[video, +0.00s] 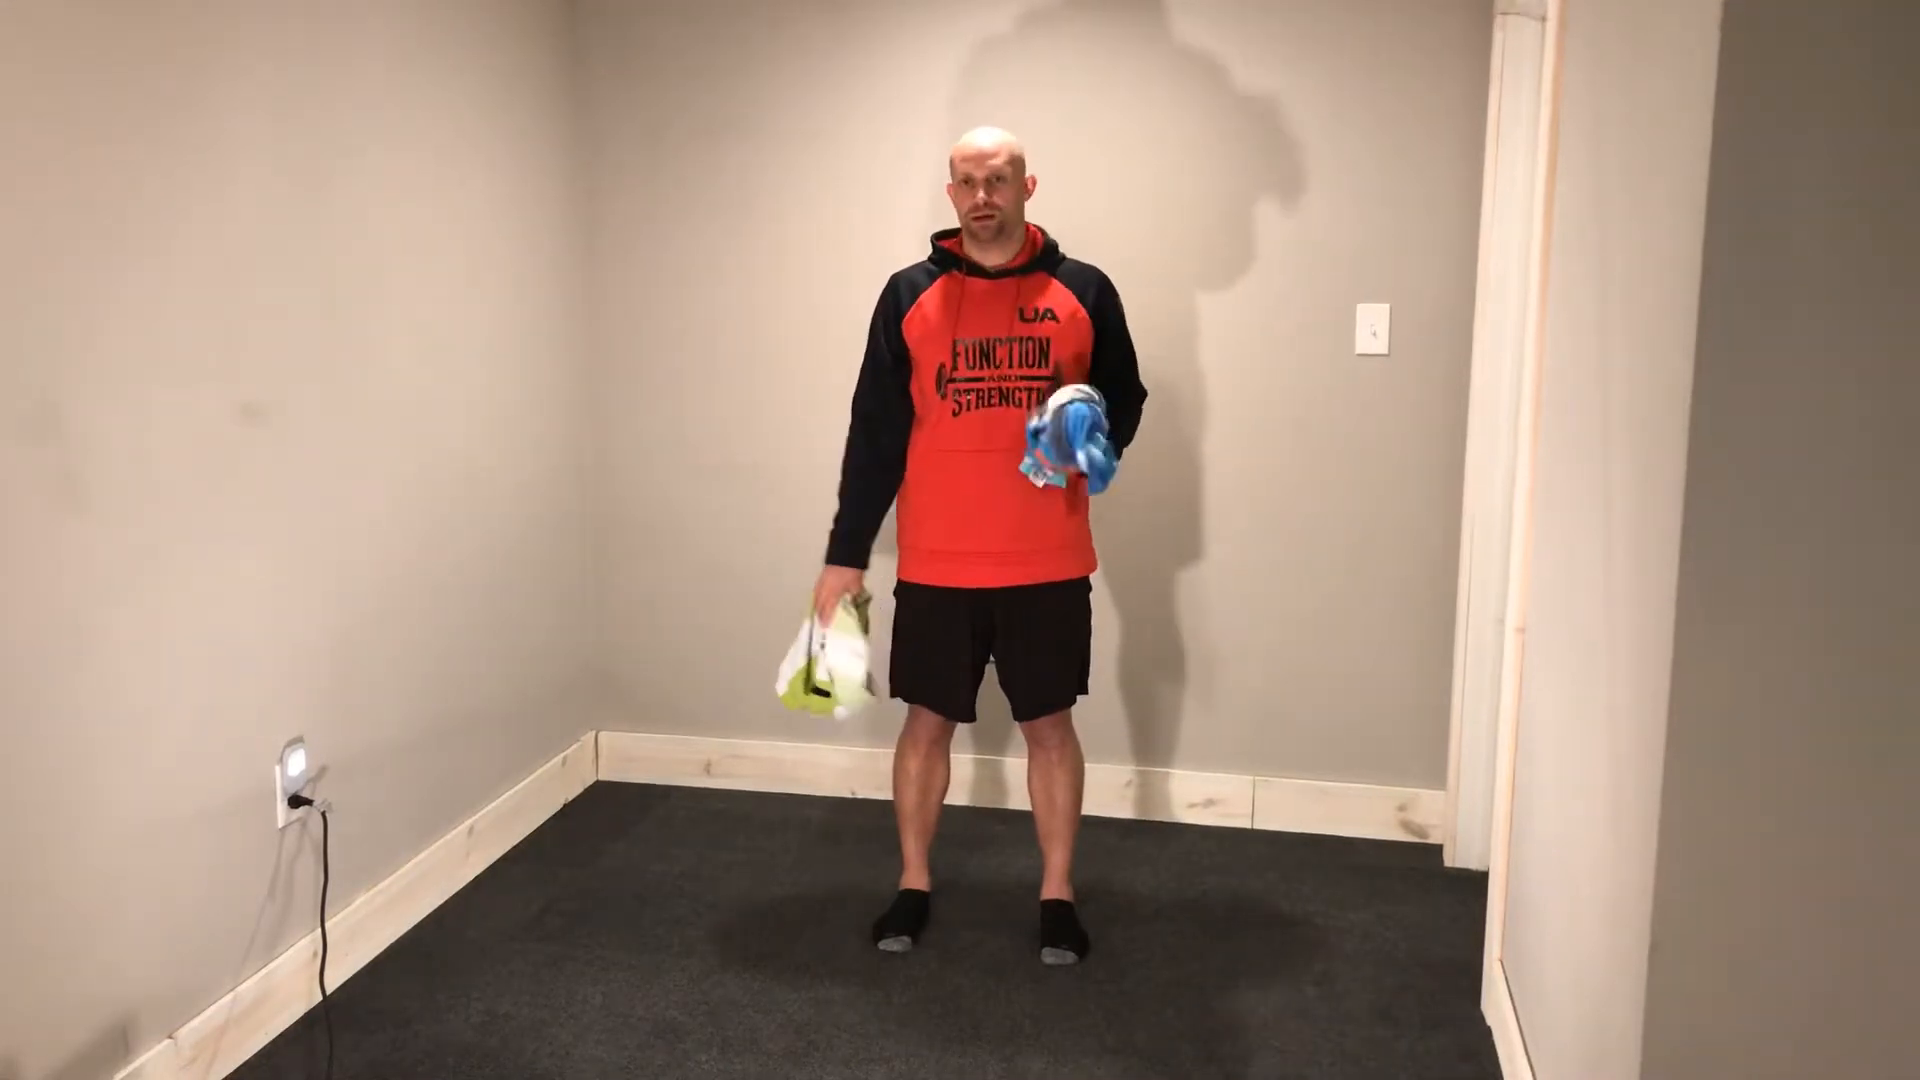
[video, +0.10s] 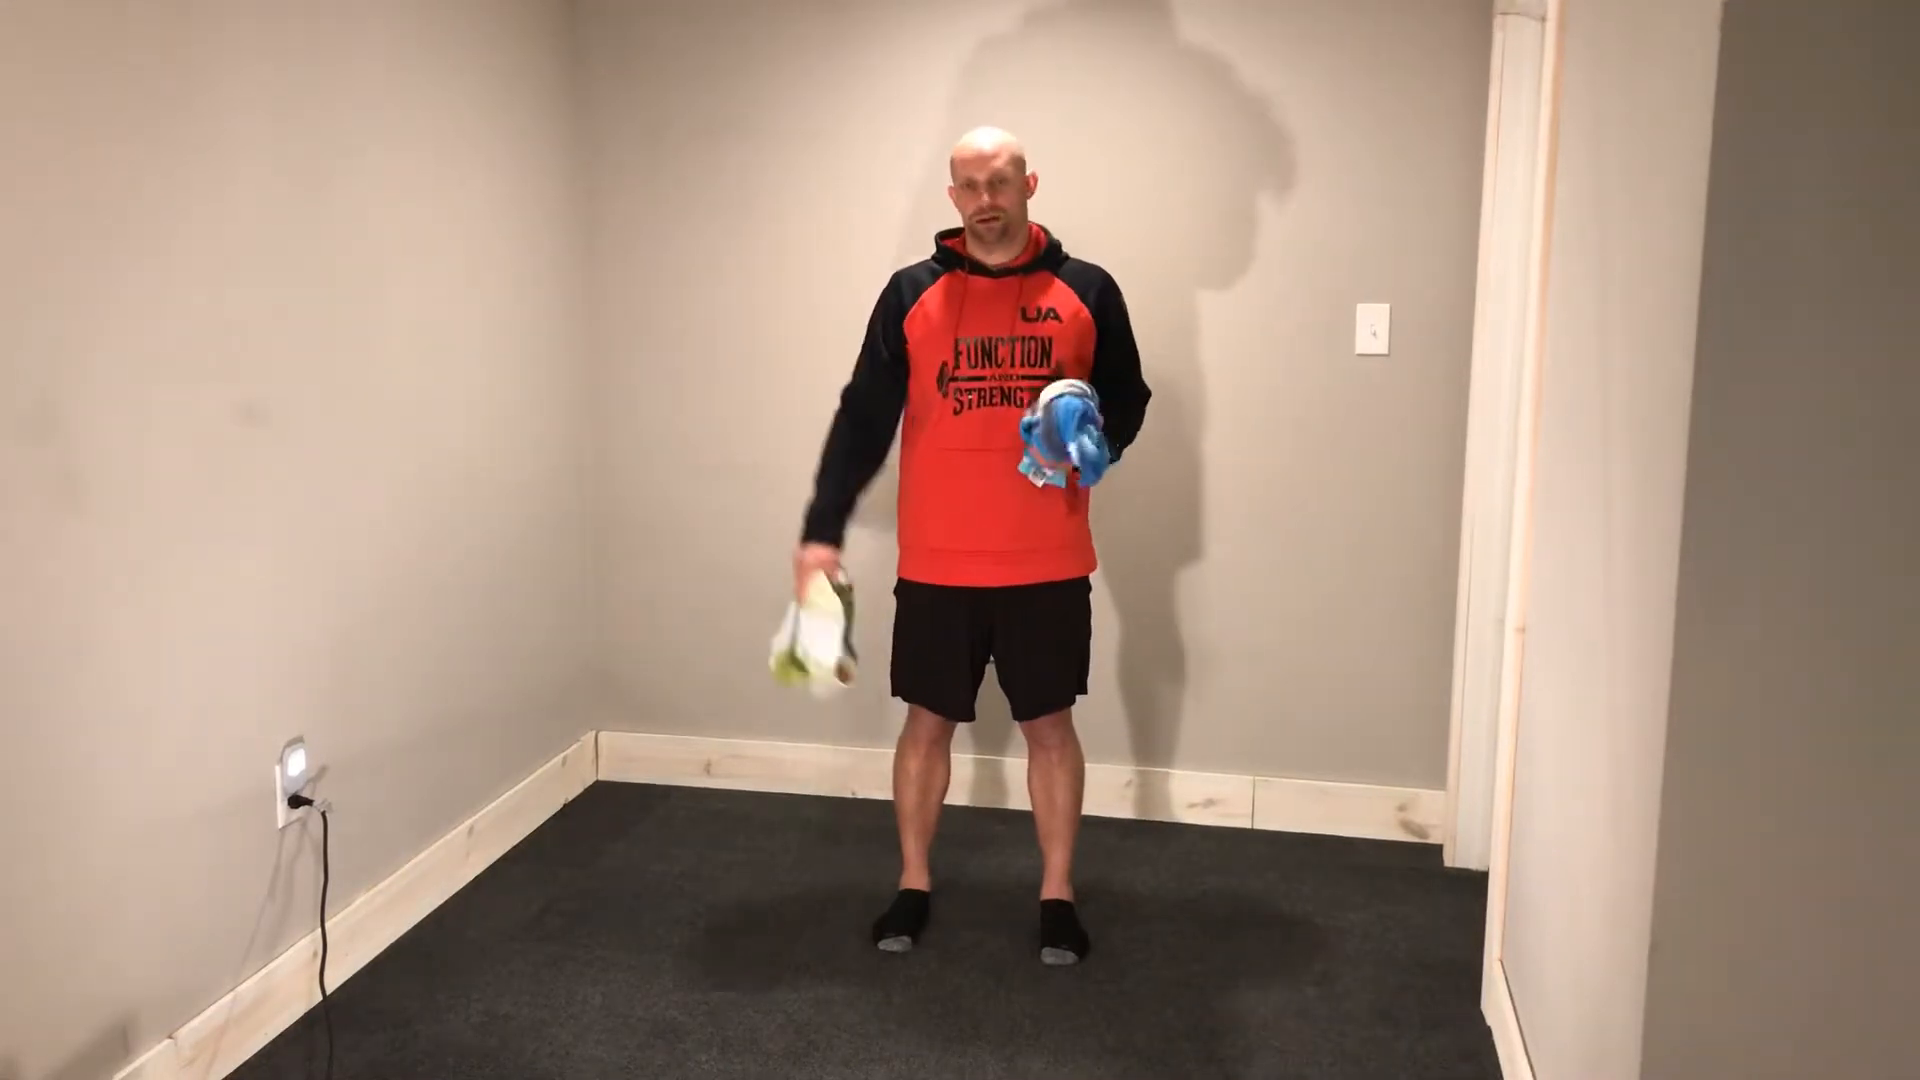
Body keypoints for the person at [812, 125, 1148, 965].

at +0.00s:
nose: (980, 196)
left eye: (996, 181)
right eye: (966, 183)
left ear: (1028, 188)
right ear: (950, 193)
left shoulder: (1084, 292)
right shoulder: (910, 296)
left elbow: (1124, 399)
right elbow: (875, 433)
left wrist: (1090, 438)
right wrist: (845, 554)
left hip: (1045, 559)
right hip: (938, 561)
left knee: (1048, 725)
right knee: (926, 720)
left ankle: (1058, 897)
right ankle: (912, 888)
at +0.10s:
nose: (983, 202)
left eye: (997, 185)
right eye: (968, 187)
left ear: (1030, 186)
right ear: (951, 193)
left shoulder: (1087, 291)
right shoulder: (911, 295)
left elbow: (1127, 398)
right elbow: (863, 416)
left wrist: (1093, 443)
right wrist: (821, 529)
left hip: (1045, 559)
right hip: (938, 560)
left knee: (1049, 723)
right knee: (927, 719)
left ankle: (1057, 898)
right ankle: (912, 887)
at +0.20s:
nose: (986, 205)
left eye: (1000, 187)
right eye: (970, 190)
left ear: (1030, 185)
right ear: (951, 194)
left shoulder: (1090, 293)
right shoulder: (913, 294)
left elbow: (1128, 403)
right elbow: (854, 402)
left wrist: (1091, 445)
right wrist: (805, 500)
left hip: (1045, 559)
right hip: (938, 558)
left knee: (1048, 723)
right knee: (927, 718)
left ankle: (1058, 898)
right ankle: (912, 887)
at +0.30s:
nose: (975, 216)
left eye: (989, 199)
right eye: (961, 201)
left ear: (1029, 186)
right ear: (948, 198)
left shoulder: (1090, 293)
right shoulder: (915, 291)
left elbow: (1130, 406)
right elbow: (850, 381)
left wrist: (1093, 444)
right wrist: (786, 440)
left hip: (1046, 558)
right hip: (938, 557)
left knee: (1048, 722)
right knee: (928, 715)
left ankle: (1057, 897)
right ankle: (912, 887)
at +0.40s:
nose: (962, 222)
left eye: (976, 206)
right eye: (953, 205)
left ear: (1026, 191)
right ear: (946, 199)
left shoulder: (1091, 296)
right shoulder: (918, 288)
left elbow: (1131, 409)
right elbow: (850, 366)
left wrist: (1091, 444)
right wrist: (778, 386)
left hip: (1043, 558)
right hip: (937, 555)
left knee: (1046, 721)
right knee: (927, 716)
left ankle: (1058, 897)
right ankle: (912, 888)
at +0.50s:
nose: (964, 221)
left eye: (979, 204)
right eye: (956, 205)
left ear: (1029, 192)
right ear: (948, 200)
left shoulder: (1092, 298)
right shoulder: (921, 286)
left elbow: (1131, 412)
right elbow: (842, 351)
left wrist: (1090, 450)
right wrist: (762, 337)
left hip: (1042, 560)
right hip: (936, 556)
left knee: (1046, 722)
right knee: (926, 716)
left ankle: (1058, 897)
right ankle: (911, 887)